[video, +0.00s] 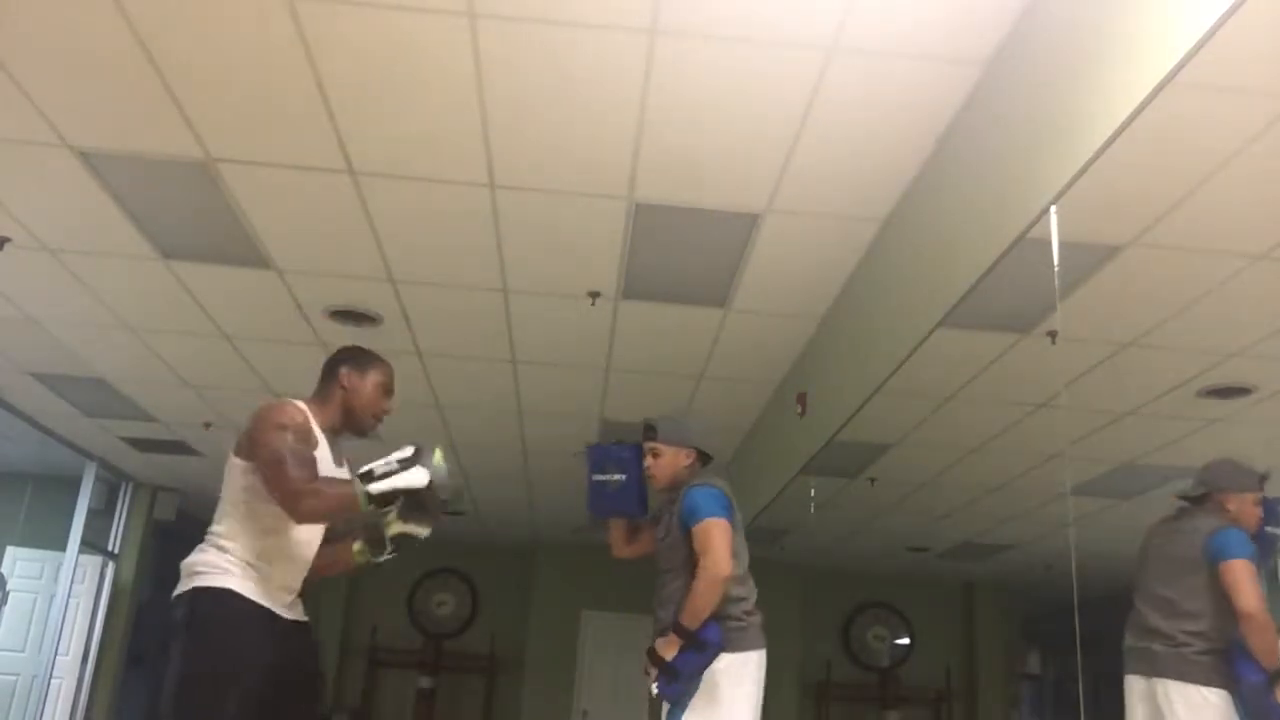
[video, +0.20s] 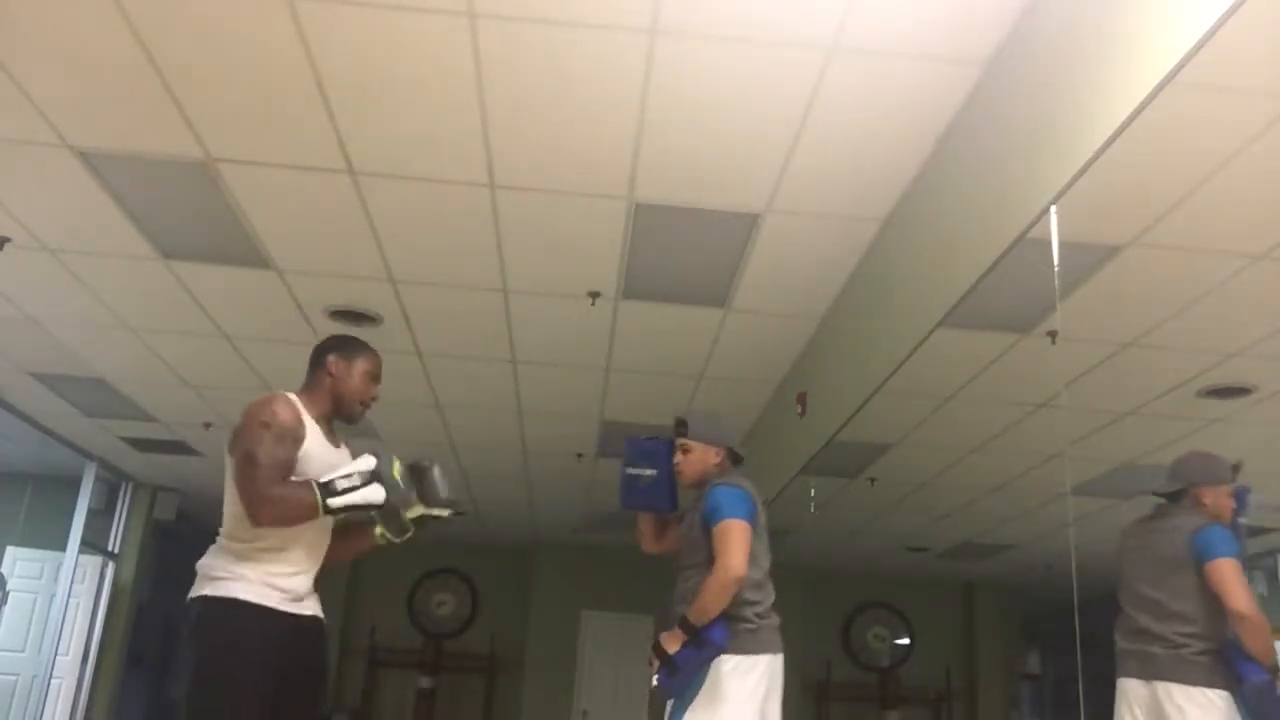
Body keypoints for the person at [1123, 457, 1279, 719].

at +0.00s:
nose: (1261, 514)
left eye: (1261, 504)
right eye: (1255, 503)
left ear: (1207, 500)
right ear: (1227, 501)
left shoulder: (1161, 529)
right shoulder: (1227, 535)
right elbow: (1250, 612)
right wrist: (1276, 669)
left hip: (1138, 671)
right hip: (1192, 676)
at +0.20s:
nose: (1233, 504)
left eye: (1232, 494)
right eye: (1228, 495)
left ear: (1179, 495)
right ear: (1201, 494)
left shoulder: (1135, 531)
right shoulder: (1208, 532)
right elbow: (1242, 610)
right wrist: (1271, 664)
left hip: (1131, 680)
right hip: (1190, 684)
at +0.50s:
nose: (1194, 500)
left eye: (1194, 491)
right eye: (1189, 491)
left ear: (1140, 491)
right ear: (1164, 490)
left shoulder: (1101, 527)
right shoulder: (1169, 524)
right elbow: (1226, 581)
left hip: (1103, 682)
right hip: (1168, 682)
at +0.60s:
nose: (1191, 495)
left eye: (1192, 487)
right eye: (1188, 487)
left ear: (1136, 485)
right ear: (1165, 486)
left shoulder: (1098, 527)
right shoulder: (1170, 520)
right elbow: (1259, 554)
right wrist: (1252, 503)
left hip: (1104, 678)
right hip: (1171, 677)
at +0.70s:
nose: (1200, 494)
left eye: (1200, 484)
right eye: (1197, 484)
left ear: (1145, 484)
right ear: (1178, 484)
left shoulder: (1102, 526)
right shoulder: (1187, 519)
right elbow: (1272, 538)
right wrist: (1253, 487)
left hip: (1112, 682)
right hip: (1182, 682)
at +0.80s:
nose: (1216, 491)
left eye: (1217, 484)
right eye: (1214, 483)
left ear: (1158, 481)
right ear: (1198, 482)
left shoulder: (1114, 525)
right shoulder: (1211, 517)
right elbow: (1276, 537)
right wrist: (1268, 488)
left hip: (1128, 682)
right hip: (1203, 684)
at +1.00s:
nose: (1247, 484)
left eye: (1248, 476)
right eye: (1245, 476)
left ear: (1186, 474)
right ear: (1229, 477)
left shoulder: (1135, 515)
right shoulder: (1247, 511)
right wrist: (1251, 491)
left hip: (1155, 676)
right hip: (1236, 677)